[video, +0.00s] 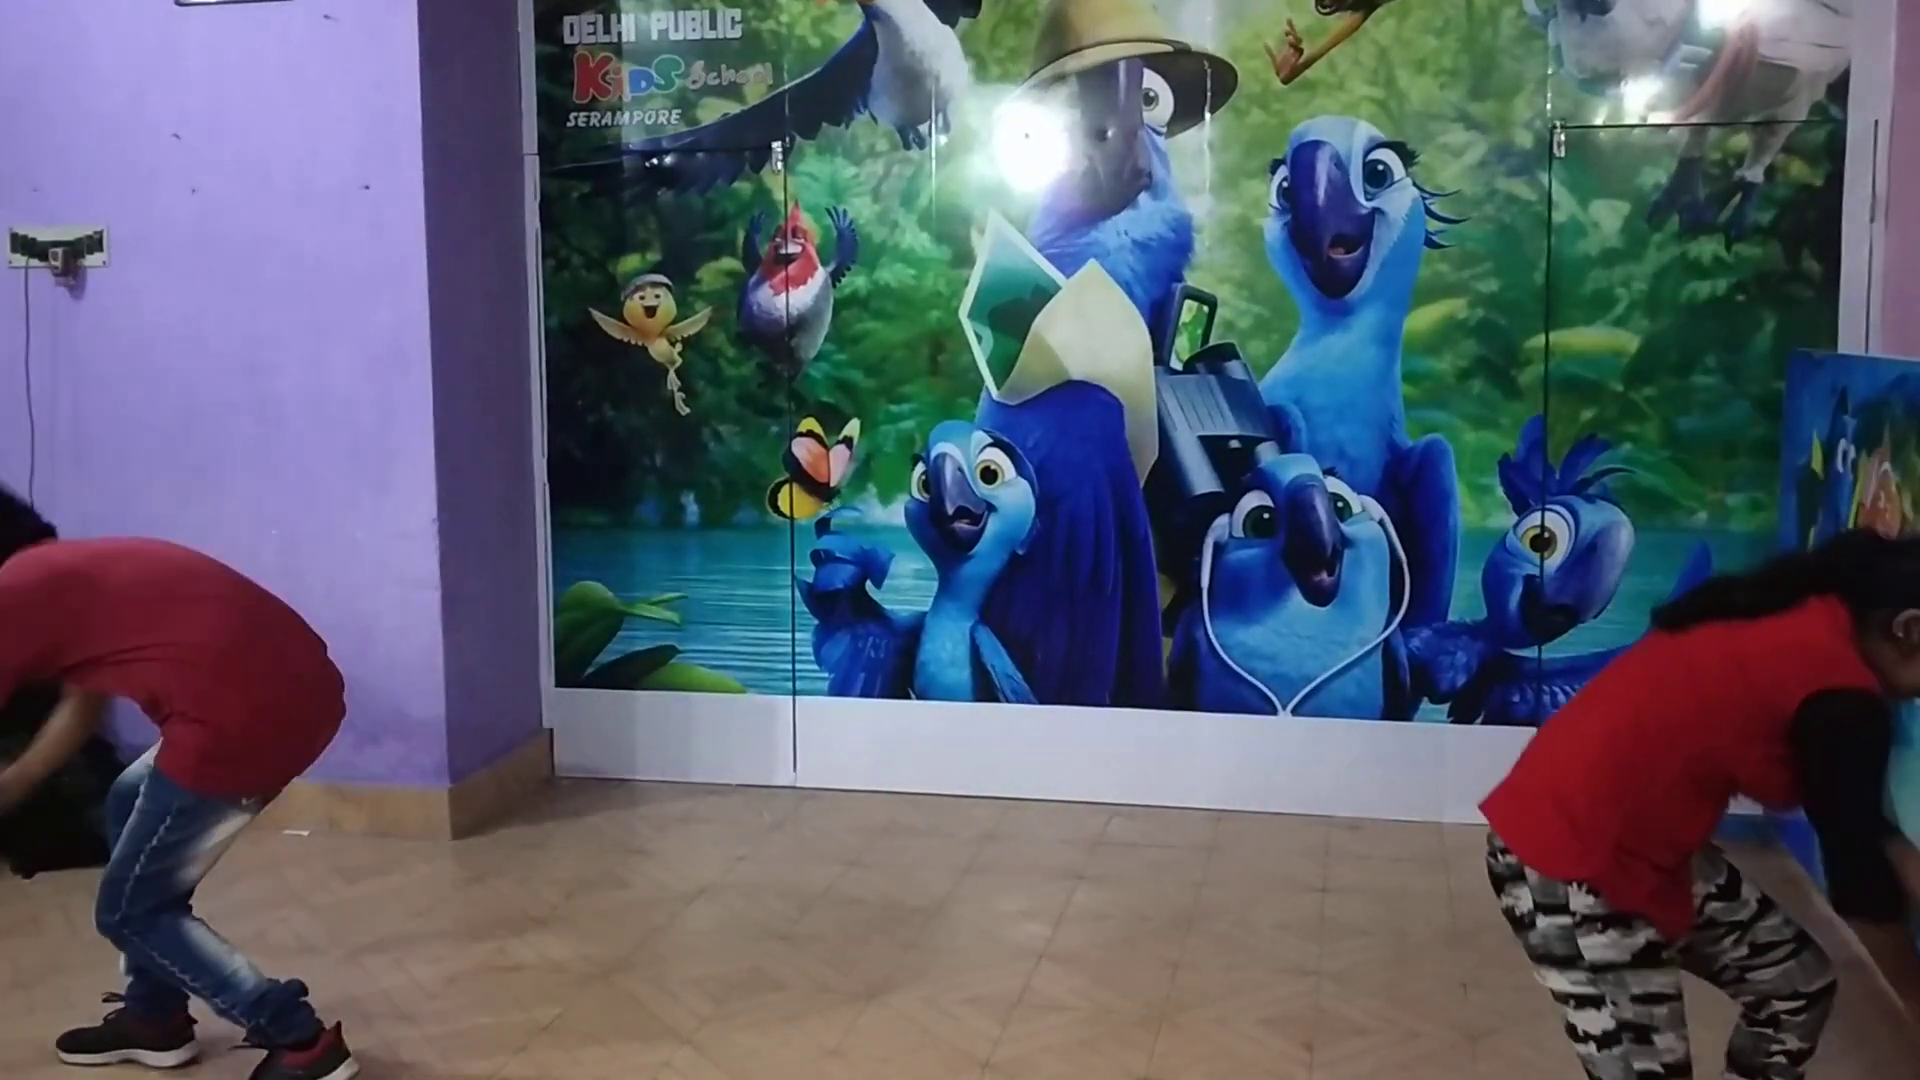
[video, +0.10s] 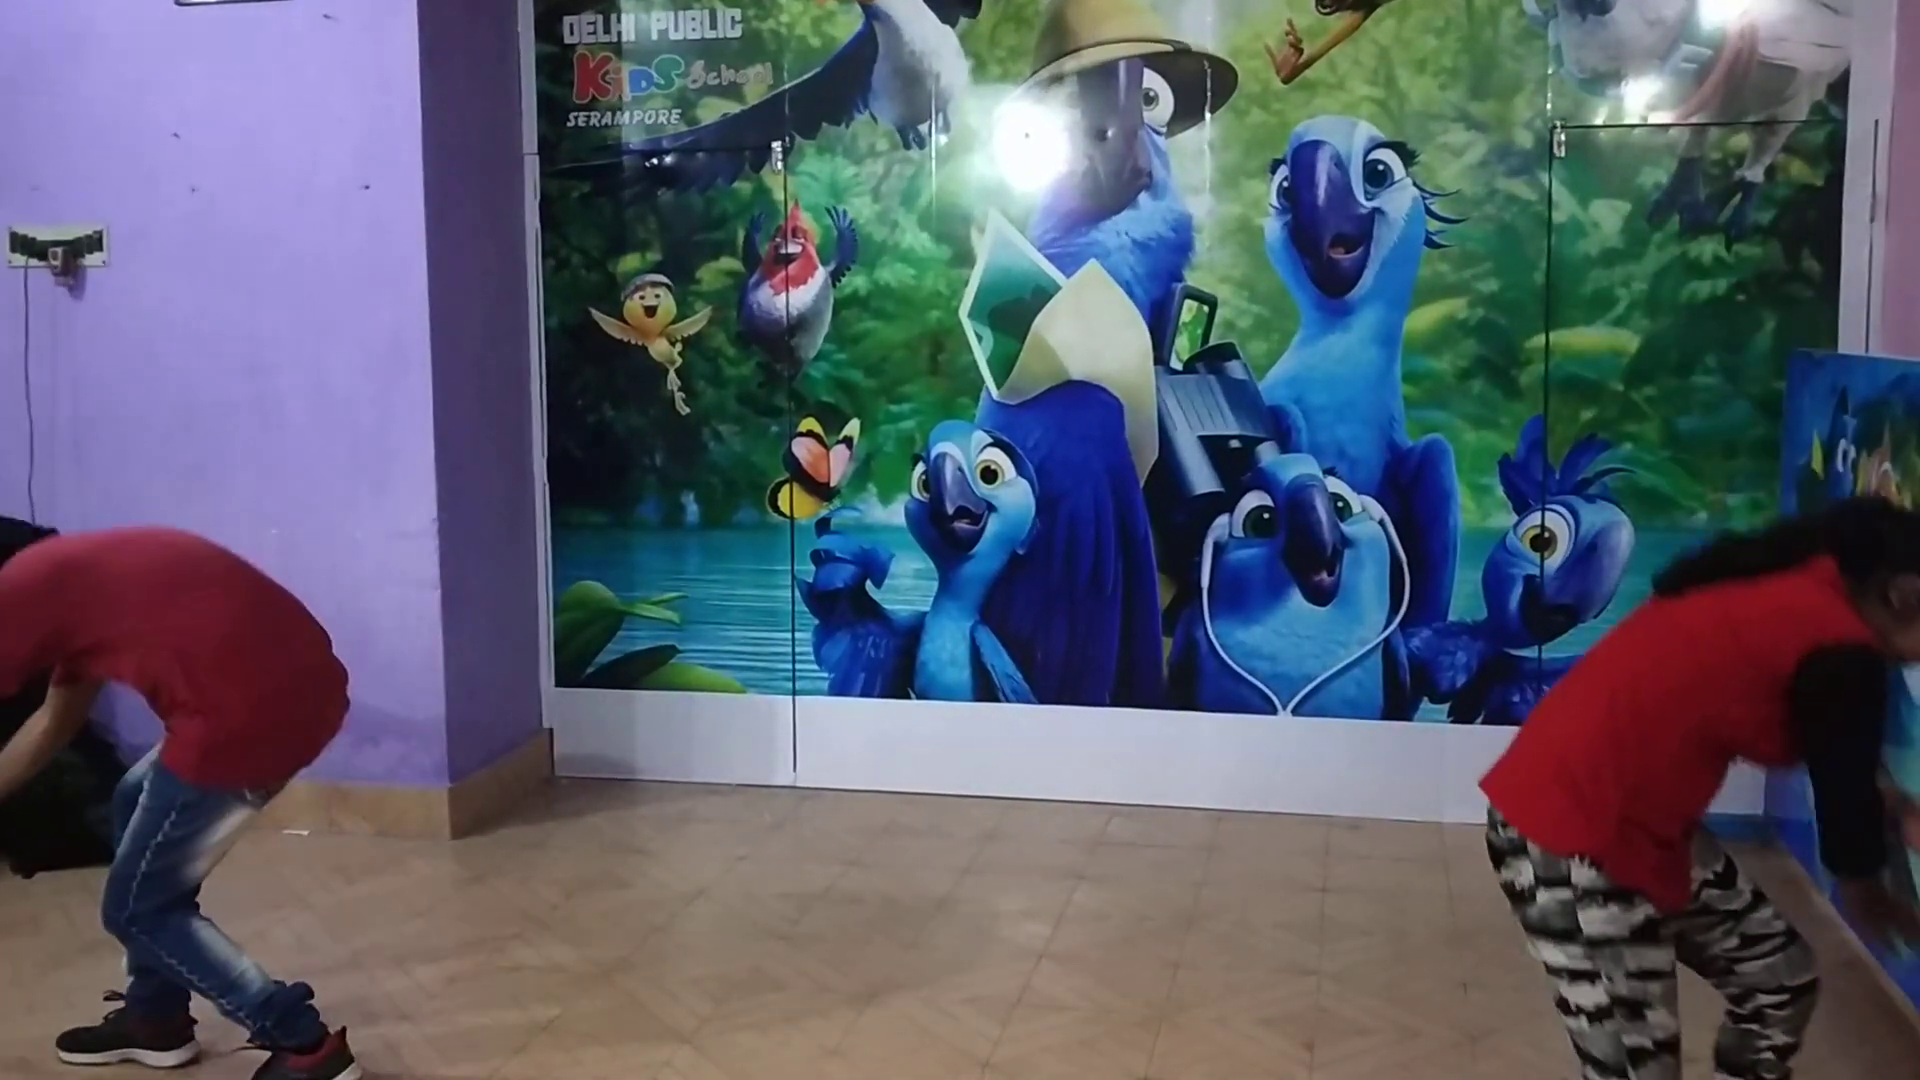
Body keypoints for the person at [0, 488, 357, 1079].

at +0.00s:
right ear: (28, 532)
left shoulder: (15, 596)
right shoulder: (83, 573)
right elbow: (80, 708)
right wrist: (13, 783)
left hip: (239, 716)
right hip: (302, 685)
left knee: (132, 914)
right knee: (129, 800)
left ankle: (303, 1040)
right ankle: (154, 1017)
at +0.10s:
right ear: (27, 544)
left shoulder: (22, 592)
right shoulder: (93, 579)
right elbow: (56, 721)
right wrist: (0, 786)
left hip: (245, 713)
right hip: (306, 683)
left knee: (139, 910)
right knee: (136, 801)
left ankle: (305, 1042)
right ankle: (156, 1017)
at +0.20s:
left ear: (7, 536)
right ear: (28, 511)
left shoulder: (23, 553)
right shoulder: (104, 537)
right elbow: (78, 685)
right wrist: (2, 746)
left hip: (238, 698)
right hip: (302, 670)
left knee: (148, 906)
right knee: (137, 801)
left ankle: (308, 1042)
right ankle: (157, 1015)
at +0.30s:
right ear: (30, 446)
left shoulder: (27, 491)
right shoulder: (102, 473)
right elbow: (126, 611)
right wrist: (32, 682)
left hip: (220, 680)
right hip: (280, 653)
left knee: (162, 899)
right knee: (142, 813)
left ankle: (309, 1042)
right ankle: (156, 1014)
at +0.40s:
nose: (2, 431)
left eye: (1, 419)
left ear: (12, 401)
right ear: (62, 382)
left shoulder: (37, 428)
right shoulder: (131, 412)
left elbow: (7, 530)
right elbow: (178, 536)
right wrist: (92, 607)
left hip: (195, 662)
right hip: (266, 642)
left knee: (181, 886)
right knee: (144, 834)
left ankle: (310, 1042)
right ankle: (158, 1014)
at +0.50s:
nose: (3, 373)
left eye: (0, 360)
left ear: (20, 342)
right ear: (80, 327)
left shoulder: (49, 379)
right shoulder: (155, 370)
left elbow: (7, 499)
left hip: (171, 651)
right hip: (247, 634)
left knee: (194, 871)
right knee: (148, 828)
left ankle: (313, 1043)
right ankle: (158, 1014)